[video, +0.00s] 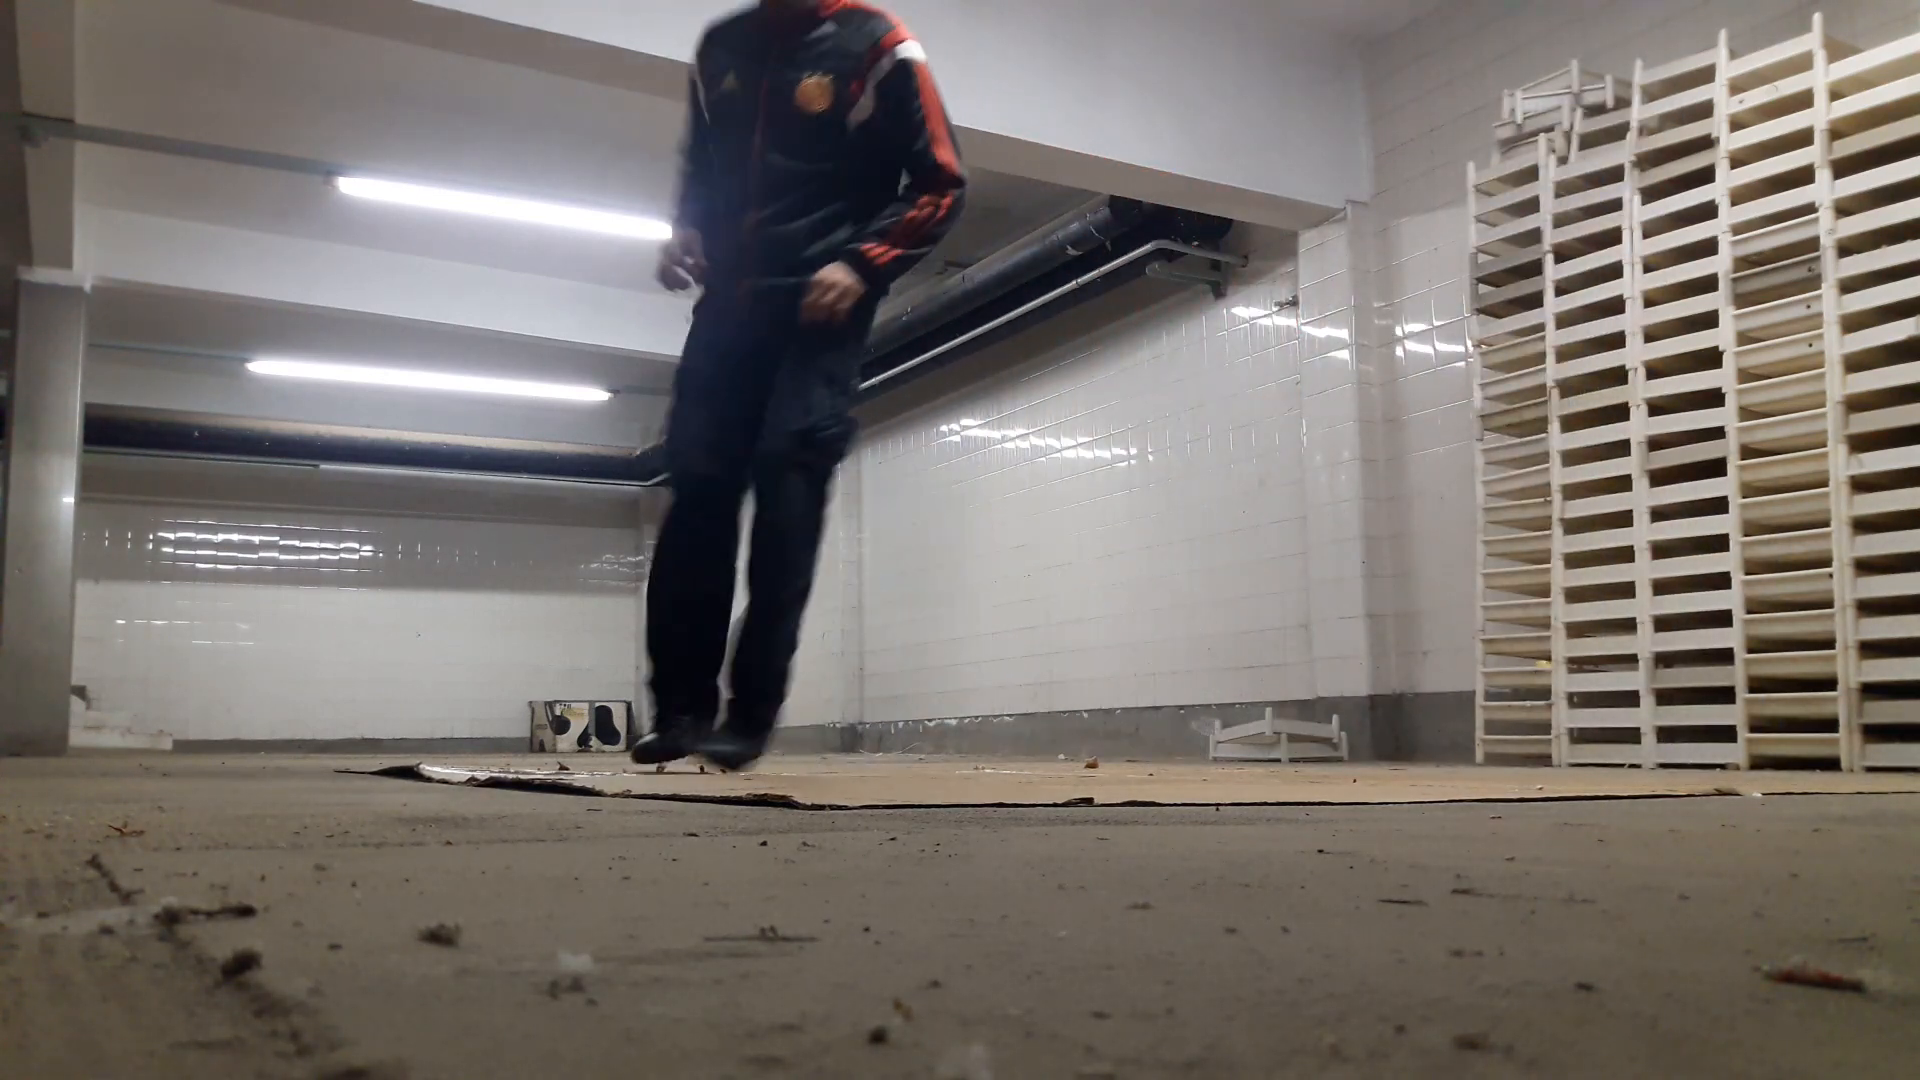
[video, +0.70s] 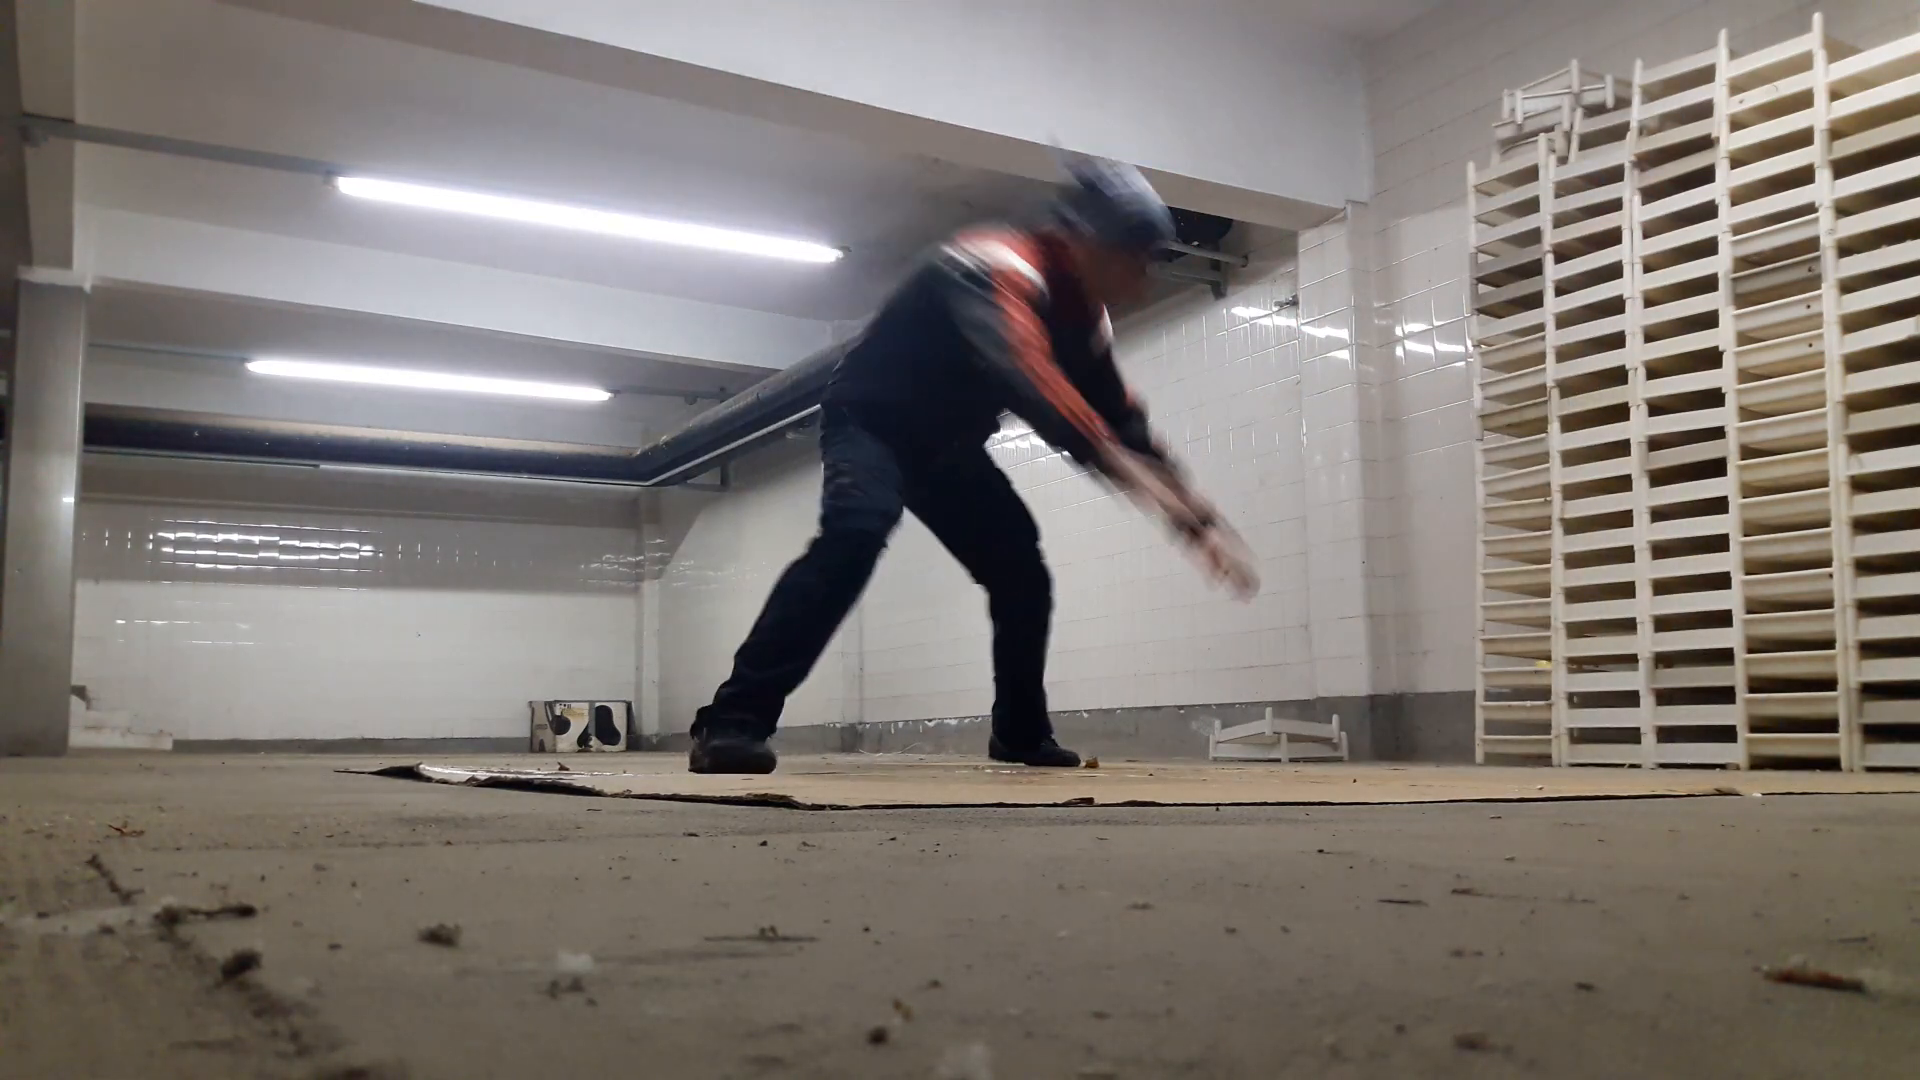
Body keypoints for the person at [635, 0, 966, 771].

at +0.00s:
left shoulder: (878, 44)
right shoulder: (721, 44)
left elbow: (941, 185)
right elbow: (702, 161)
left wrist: (864, 266)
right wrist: (690, 229)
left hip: (823, 313)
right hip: (729, 304)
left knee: (787, 497)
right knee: (699, 497)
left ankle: (748, 722)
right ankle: (682, 714)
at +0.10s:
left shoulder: (891, 57)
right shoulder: (719, 42)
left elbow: (945, 197)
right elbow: (665, 154)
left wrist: (895, 276)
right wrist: (641, 248)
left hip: (841, 315)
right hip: (738, 306)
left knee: (840, 465)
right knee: (725, 491)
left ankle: (792, 661)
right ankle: (699, 722)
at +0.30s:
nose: (904, 23)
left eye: (910, 10)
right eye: (887, 7)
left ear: (912, 18)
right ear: (835, 6)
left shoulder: (918, 109)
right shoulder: (756, 86)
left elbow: (962, 237)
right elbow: (648, 189)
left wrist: (941, 312)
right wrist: (566, 293)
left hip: (879, 357)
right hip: (783, 354)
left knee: (947, 507)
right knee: (764, 515)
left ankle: (848, 612)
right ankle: (713, 725)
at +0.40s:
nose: (963, 36)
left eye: (967, 22)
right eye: (951, 17)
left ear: (956, 24)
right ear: (898, 9)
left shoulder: (955, 115)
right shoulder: (801, 78)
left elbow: (1002, 233)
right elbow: (686, 148)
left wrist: (982, 304)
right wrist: (606, 229)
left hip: (904, 351)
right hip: (809, 345)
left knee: (968, 495)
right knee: (777, 507)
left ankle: (918, 660)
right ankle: (720, 705)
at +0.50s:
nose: (1014, 86)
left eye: (1022, 72)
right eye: (1005, 67)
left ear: (1016, 70)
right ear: (960, 52)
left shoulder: (1001, 153)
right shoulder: (865, 110)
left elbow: (1047, 263)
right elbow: (752, 145)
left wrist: (1053, 334)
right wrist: (691, 203)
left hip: (918, 366)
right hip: (835, 356)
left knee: (971, 521)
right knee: (792, 522)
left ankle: (1000, 697)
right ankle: (719, 703)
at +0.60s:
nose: (1071, 178)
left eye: (1077, 161)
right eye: (1059, 159)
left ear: (1074, 158)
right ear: (1016, 142)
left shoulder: (1047, 226)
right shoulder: (933, 179)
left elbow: (1091, 324)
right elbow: (866, 245)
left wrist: (1145, 415)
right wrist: (913, 305)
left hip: (940, 406)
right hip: (862, 390)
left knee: (1000, 545)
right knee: (816, 533)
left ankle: (1019, 726)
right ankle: (725, 720)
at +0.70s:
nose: (1140, 277)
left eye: (1146, 262)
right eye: (1136, 257)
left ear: (1097, 246)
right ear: (1090, 239)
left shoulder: (1077, 310)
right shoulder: (992, 266)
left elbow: (1116, 414)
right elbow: (1033, 385)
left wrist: (1188, 510)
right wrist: (1138, 481)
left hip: (947, 447)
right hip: (869, 425)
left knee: (1021, 574)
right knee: (856, 534)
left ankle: (1021, 733)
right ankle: (733, 725)